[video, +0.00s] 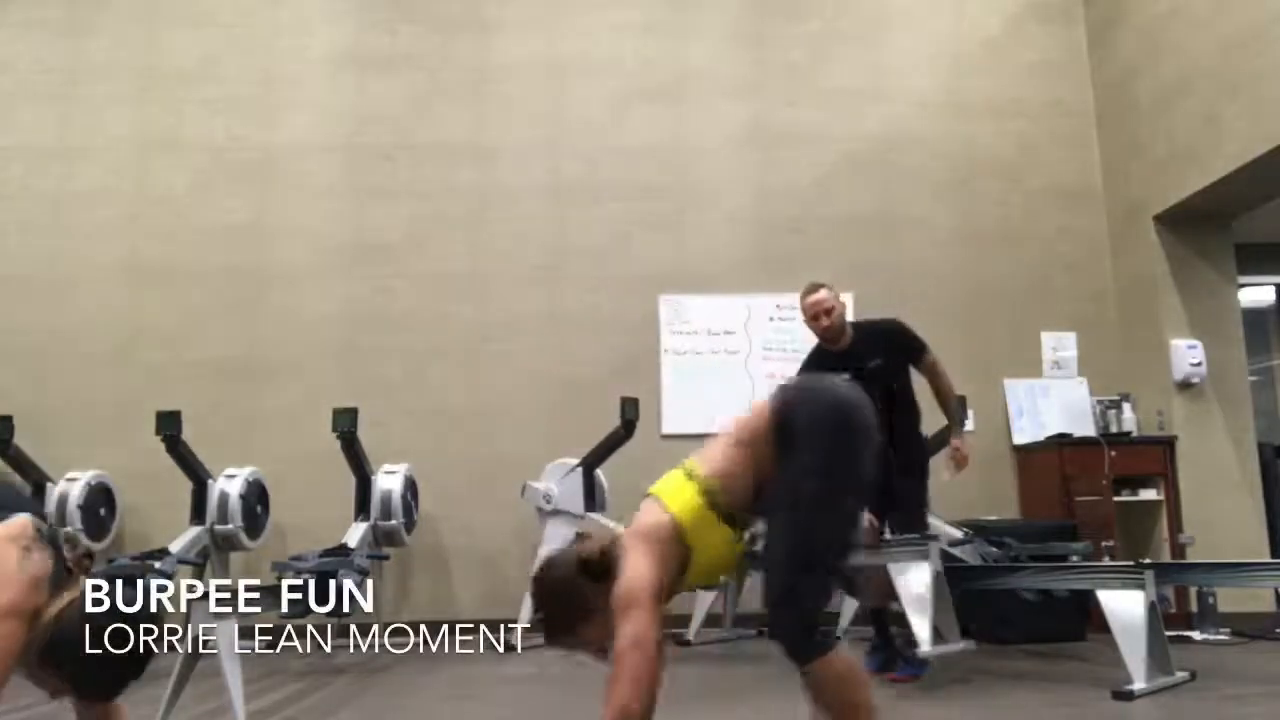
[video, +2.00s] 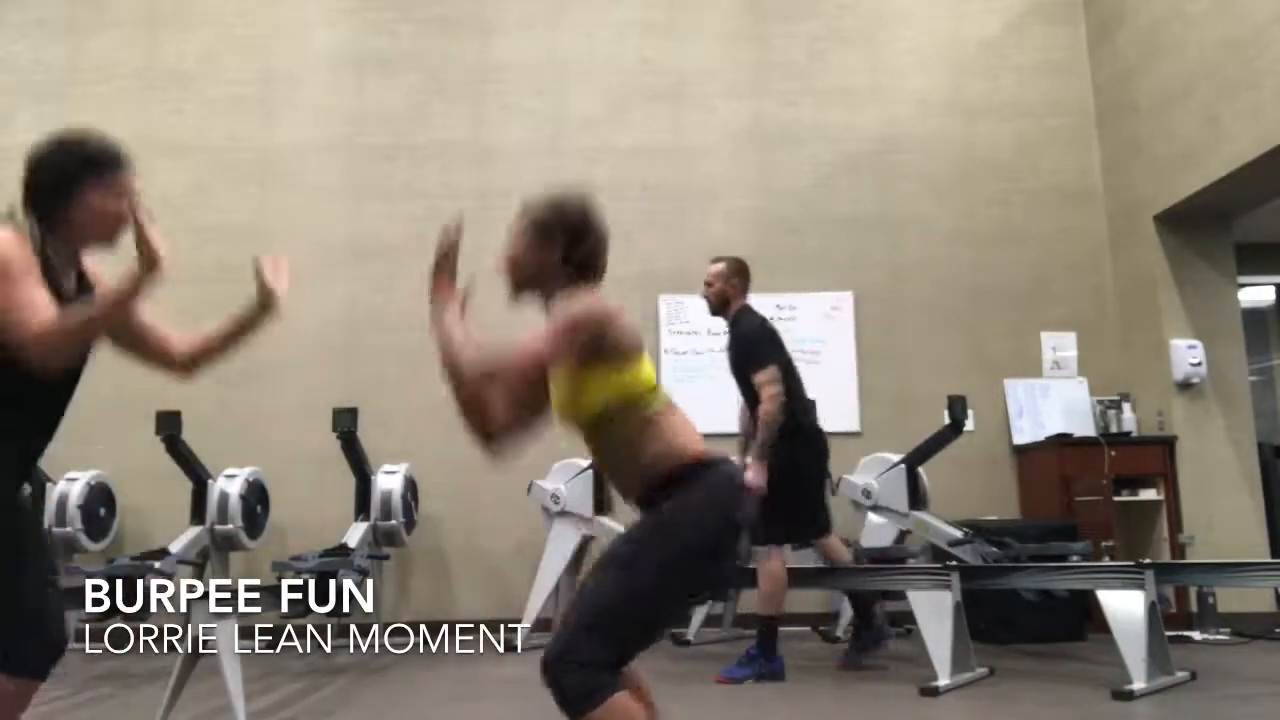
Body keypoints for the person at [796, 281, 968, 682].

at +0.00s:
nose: (824, 321)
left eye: (828, 311)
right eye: (814, 317)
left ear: (842, 304)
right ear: (807, 323)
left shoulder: (889, 335)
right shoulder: (813, 371)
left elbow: (934, 372)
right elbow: (812, 434)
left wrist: (956, 432)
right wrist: (830, 490)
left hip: (905, 464)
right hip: (856, 473)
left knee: (909, 556)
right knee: (866, 556)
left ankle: (913, 647)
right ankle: (882, 643)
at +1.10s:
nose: (779, 315)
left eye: (784, 307)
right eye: (776, 310)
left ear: (810, 303)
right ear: (787, 314)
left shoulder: (855, 332)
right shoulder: (802, 363)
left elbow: (898, 380)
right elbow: (814, 426)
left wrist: (896, 440)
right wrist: (824, 482)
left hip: (892, 437)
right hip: (864, 444)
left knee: (861, 519)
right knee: (859, 527)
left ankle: (917, 600)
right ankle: (885, 638)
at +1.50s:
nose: (788, 296)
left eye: (794, 289)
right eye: (788, 289)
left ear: (817, 292)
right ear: (808, 293)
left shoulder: (834, 328)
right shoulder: (820, 330)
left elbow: (854, 384)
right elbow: (835, 391)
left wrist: (836, 445)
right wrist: (827, 437)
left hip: (857, 445)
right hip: (848, 444)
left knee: (855, 541)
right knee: (853, 540)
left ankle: (886, 638)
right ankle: (884, 637)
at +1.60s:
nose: (782, 295)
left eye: (788, 288)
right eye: (783, 288)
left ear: (811, 291)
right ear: (808, 292)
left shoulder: (824, 327)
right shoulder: (820, 327)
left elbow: (839, 385)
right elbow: (832, 392)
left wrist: (815, 444)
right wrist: (810, 440)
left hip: (843, 450)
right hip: (848, 449)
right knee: (850, 547)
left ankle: (886, 638)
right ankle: (884, 638)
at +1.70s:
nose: (770, 297)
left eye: (775, 290)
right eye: (770, 290)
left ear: (798, 292)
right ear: (796, 293)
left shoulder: (811, 327)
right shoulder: (810, 327)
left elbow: (824, 387)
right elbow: (825, 393)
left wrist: (796, 445)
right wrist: (805, 444)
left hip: (833, 445)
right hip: (843, 443)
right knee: (849, 544)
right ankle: (884, 639)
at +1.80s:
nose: (750, 297)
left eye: (757, 290)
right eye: (751, 290)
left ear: (780, 294)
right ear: (777, 295)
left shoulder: (792, 331)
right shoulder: (791, 330)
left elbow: (808, 390)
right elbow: (810, 395)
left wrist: (783, 441)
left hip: (817, 449)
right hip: (833, 448)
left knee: (784, 544)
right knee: (847, 545)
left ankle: (769, 647)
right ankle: (884, 640)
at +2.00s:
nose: (704, 291)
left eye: (711, 284)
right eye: (705, 284)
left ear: (734, 288)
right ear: (728, 288)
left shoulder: (749, 329)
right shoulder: (740, 329)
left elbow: (774, 397)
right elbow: (751, 401)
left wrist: (758, 458)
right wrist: (743, 453)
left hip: (789, 444)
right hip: (796, 441)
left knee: (768, 545)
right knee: (820, 534)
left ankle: (765, 652)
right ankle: (869, 619)